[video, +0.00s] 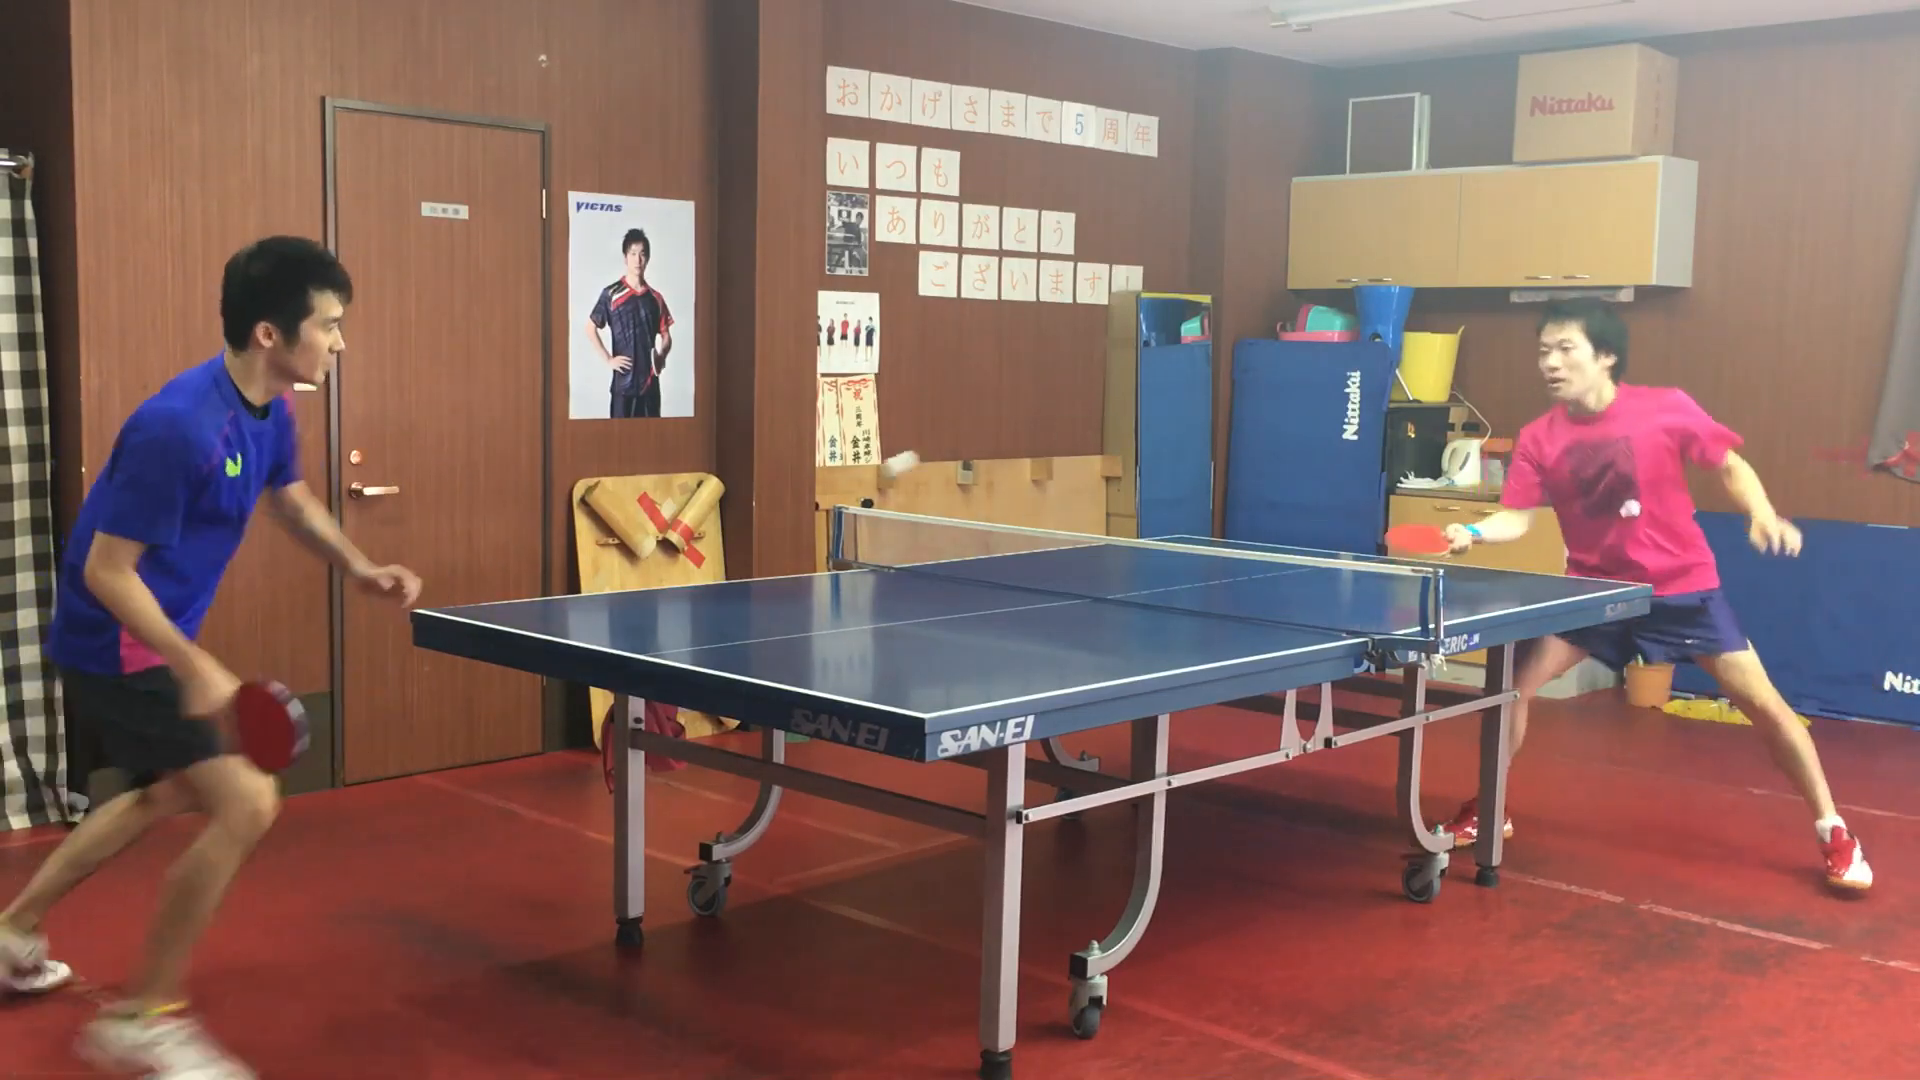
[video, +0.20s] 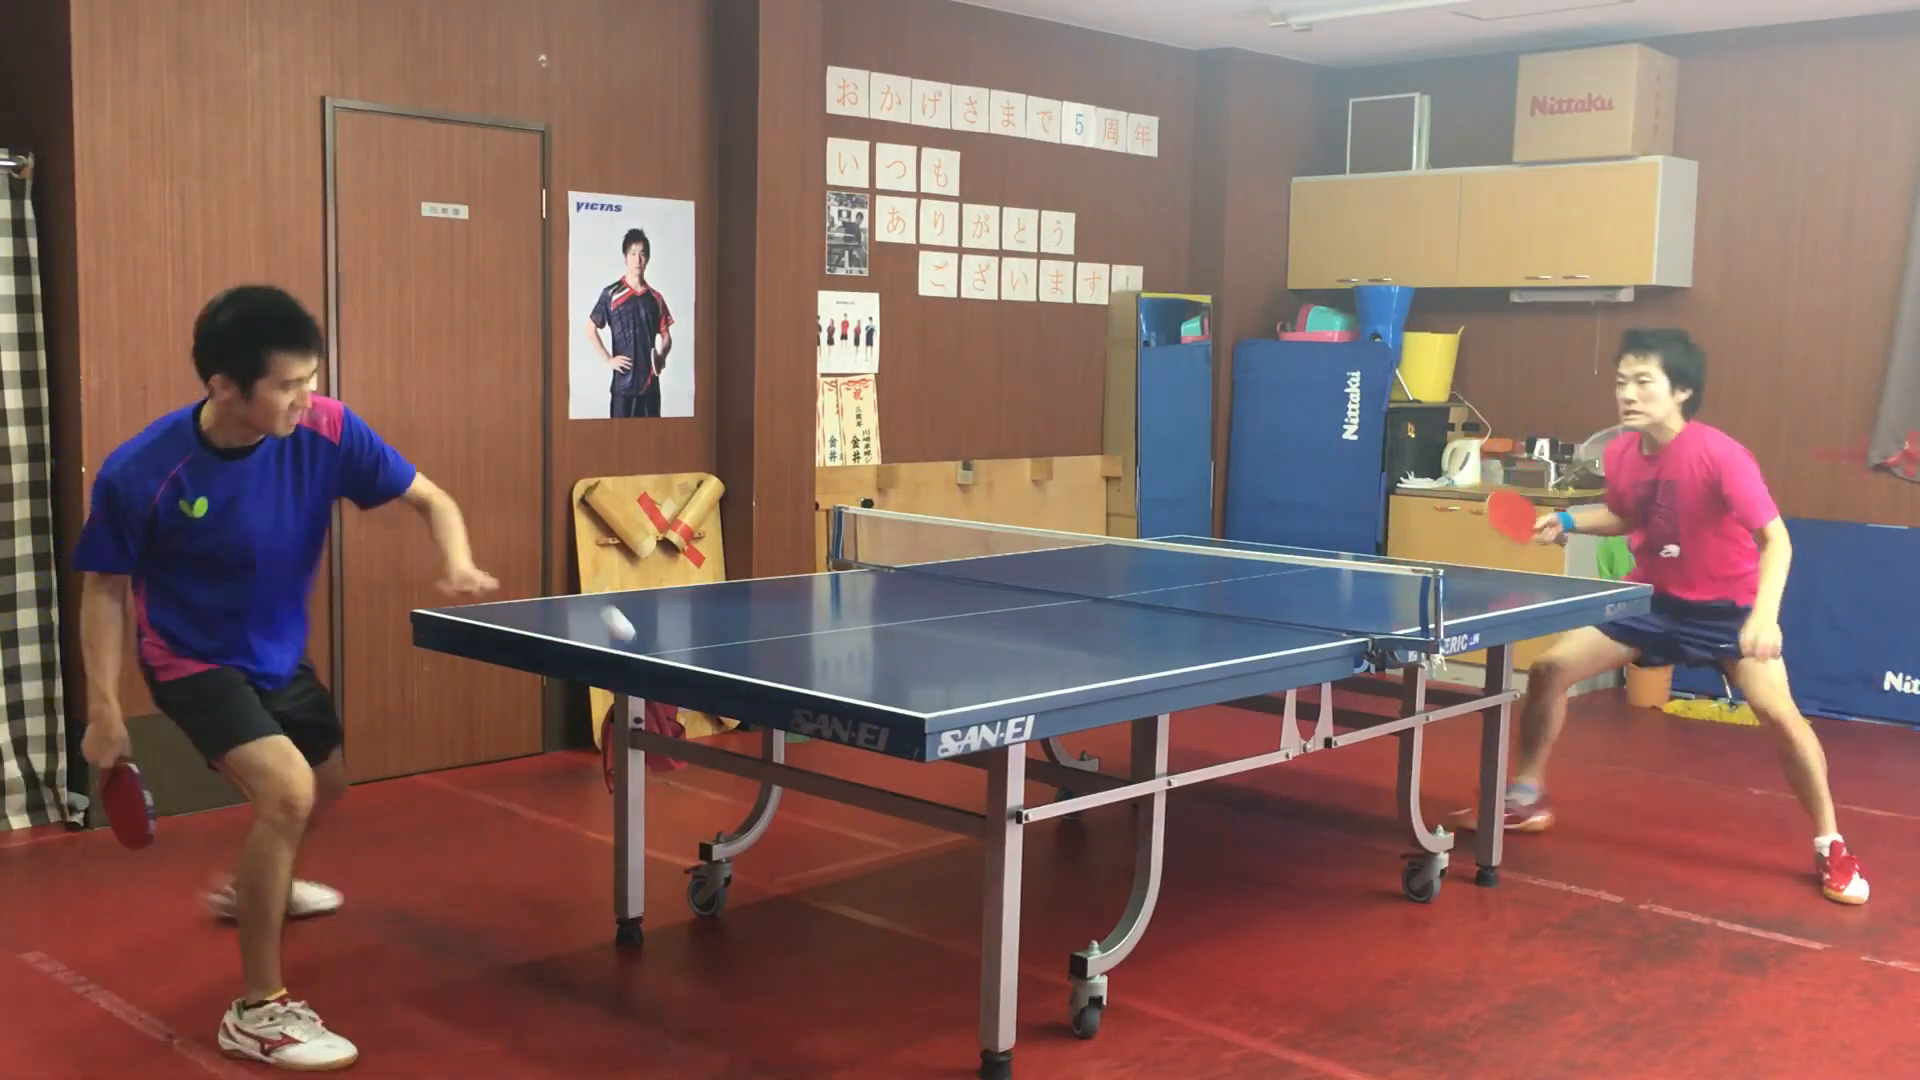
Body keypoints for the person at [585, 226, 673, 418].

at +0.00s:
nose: (639, 259)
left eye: (643, 254)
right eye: (633, 254)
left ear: (648, 258)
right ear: (625, 257)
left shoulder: (655, 297)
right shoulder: (611, 294)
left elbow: (665, 336)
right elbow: (590, 328)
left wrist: (661, 355)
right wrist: (608, 359)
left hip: (649, 379)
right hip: (624, 380)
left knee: (650, 436)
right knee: (622, 436)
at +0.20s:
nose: (639, 259)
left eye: (643, 254)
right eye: (633, 254)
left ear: (648, 258)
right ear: (625, 257)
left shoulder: (655, 297)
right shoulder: (611, 294)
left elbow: (665, 336)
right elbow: (590, 327)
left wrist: (661, 355)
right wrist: (608, 359)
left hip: (649, 379)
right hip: (624, 380)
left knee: (650, 436)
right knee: (622, 436)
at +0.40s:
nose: (639, 259)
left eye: (643, 254)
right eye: (633, 254)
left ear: (648, 258)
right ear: (625, 257)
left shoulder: (655, 298)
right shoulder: (611, 294)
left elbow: (666, 336)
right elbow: (590, 328)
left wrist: (661, 357)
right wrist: (608, 359)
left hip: (650, 380)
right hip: (624, 380)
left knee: (650, 437)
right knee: (622, 437)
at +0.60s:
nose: (638, 260)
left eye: (643, 254)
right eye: (633, 254)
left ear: (648, 258)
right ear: (625, 257)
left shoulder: (655, 298)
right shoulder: (611, 294)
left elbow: (666, 336)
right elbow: (590, 328)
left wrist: (661, 355)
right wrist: (608, 359)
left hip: (650, 380)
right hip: (624, 380)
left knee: (649, 437)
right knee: (622, 438)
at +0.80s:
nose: (639, 259)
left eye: (643, 254)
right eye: (633, 254)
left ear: (648, 258)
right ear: (625, 257)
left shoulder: (655, 298)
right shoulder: (611, 294)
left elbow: (666, 336)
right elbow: (590, 327)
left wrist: (661, 356)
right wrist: (608, 359)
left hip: (650, 380)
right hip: (624, 381)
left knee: (649, 438)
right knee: (622, 438)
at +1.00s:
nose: (639, 260)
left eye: (643, 254)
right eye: (633, 254)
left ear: (648, 258)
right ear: (625, 257)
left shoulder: (655, 297)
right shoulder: (611, 294)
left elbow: (666, 336)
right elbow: (590, 327)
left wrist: (661, 356)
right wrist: (608, 359)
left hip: (650, 380)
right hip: (624, 381)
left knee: (649, 438)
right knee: (622, 438)